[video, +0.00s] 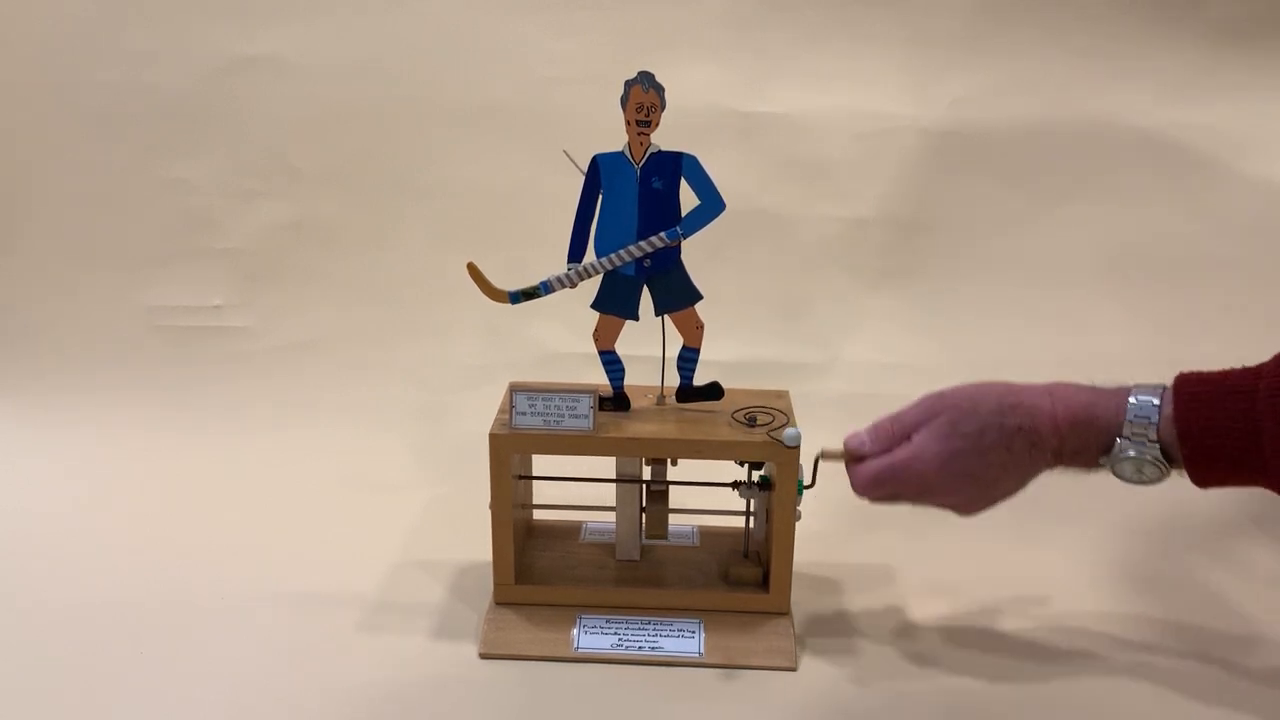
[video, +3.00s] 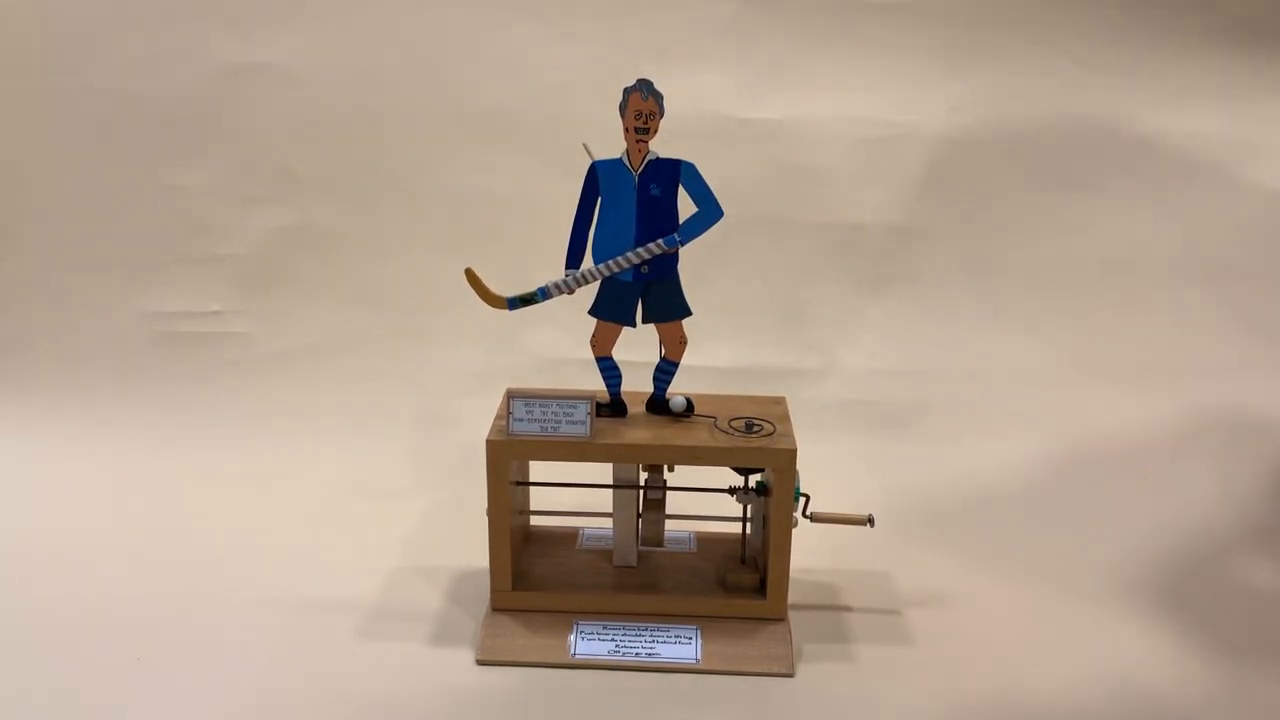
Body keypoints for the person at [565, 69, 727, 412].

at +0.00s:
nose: (645, 113)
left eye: (652, 108)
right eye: (638, 106)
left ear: (661, 115)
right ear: (624, 112)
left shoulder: (678, 163)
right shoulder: (602, 165)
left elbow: (715, 204)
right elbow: (583, 218)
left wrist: (677, 234)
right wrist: (574, 266)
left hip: (664, 265)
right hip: (620, 267)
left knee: (694, 331)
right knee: (603, 337)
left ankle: (685, 390)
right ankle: (618, 395)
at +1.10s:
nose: (642, 117)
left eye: (649, 111)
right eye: (635, 110)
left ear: (658, 119)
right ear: (620, 116)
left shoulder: (676, 167)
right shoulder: (600, 170)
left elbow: (713, 208)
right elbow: (582, 223)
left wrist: (674, 238)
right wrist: (572, 271)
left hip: (666, 263)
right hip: (621, 268)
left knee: (718, 313)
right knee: (603, 342)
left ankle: (733, 372)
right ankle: (618, 400)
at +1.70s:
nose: (647, 121)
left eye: (654, 114)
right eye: (640, 113)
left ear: (663, 122)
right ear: (626, 118)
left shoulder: (681, 170)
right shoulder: (604, 171)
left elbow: (716, 211)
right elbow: (585, 224)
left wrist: (676, 241)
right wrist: (575, 270)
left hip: (667, 270)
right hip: (621, 272)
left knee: (706, 330)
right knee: (603, 344)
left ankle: (707, 389)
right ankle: (618, 402)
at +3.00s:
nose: (643, 121)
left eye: (651, 115)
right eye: (637, 113)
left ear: (660, 121)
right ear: (622, 118)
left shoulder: (676, 170)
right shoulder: (601, 171)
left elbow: (713, 211)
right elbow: (581, 225)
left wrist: (675, 241)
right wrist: (571, 273)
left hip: (661, 277)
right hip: (617, 277)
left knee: (675, 343)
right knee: (600, 344)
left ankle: (658, 400)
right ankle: (615, 401)